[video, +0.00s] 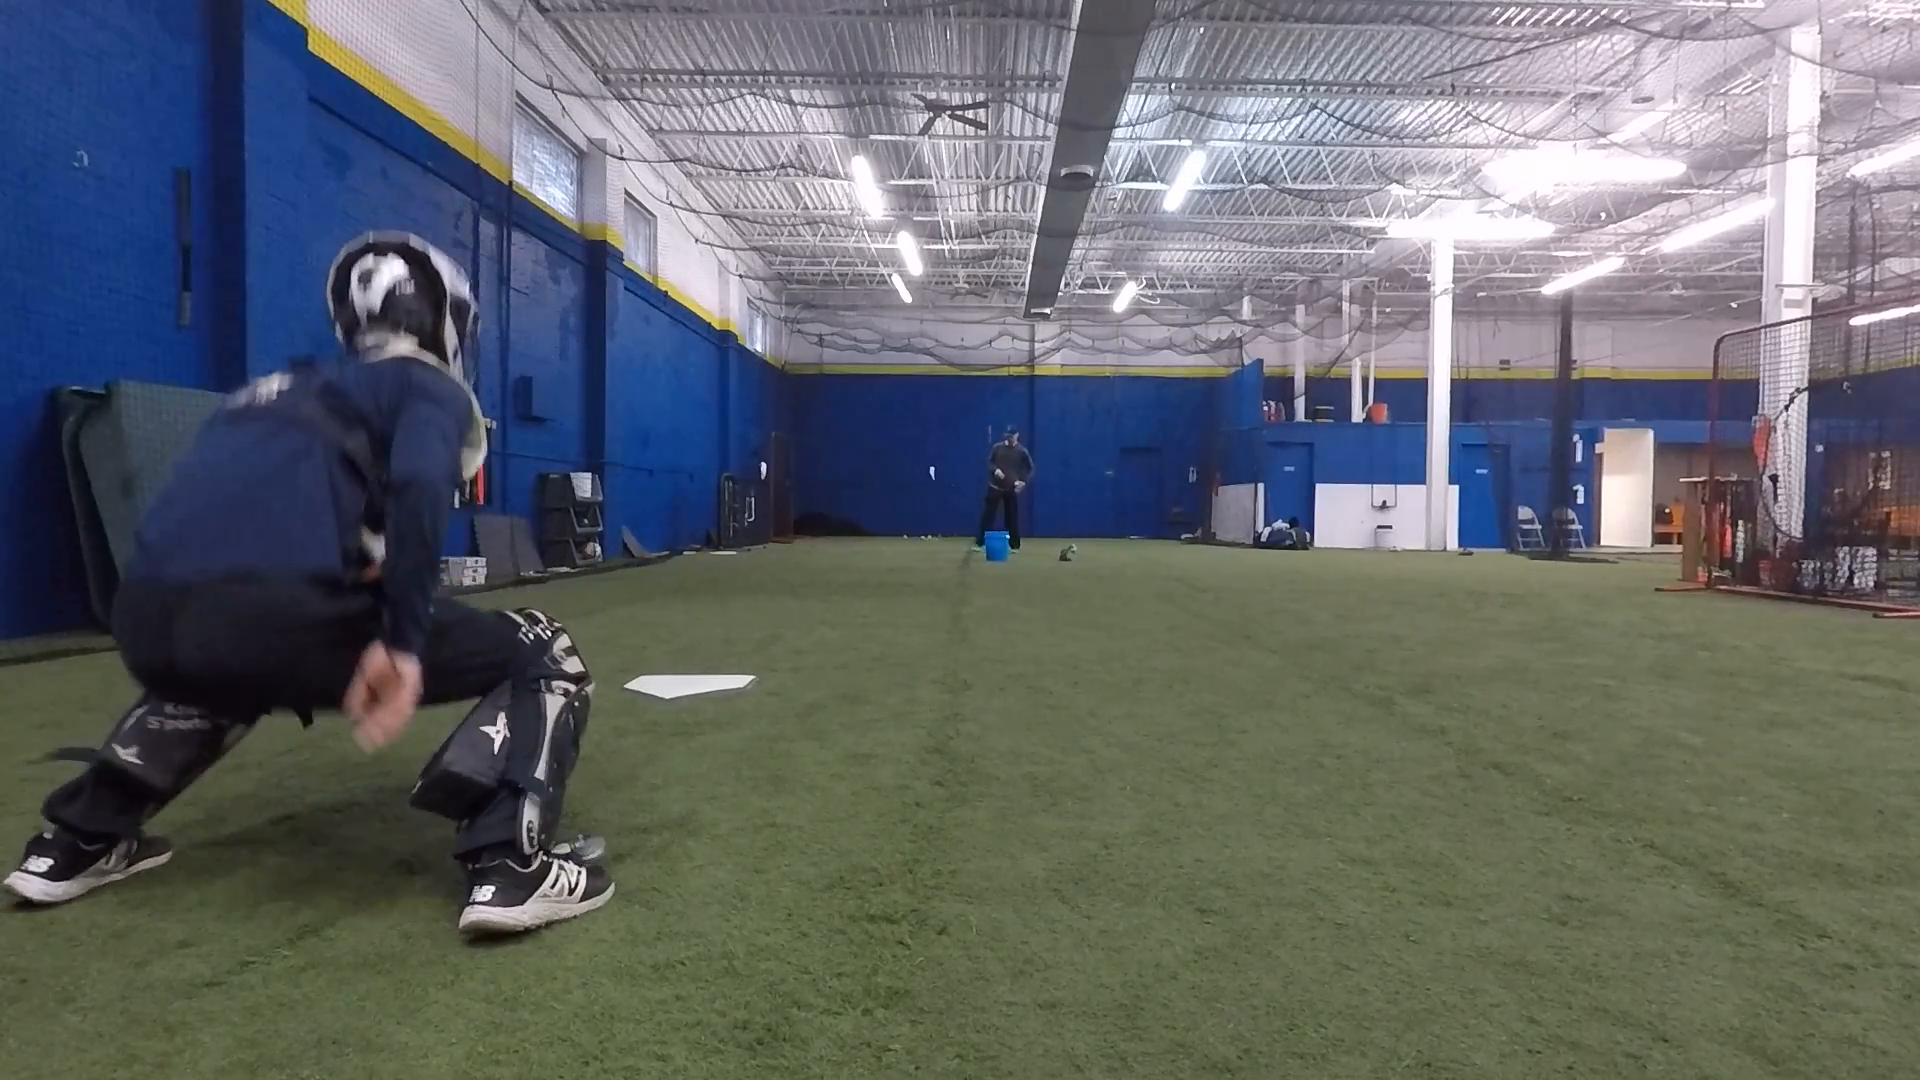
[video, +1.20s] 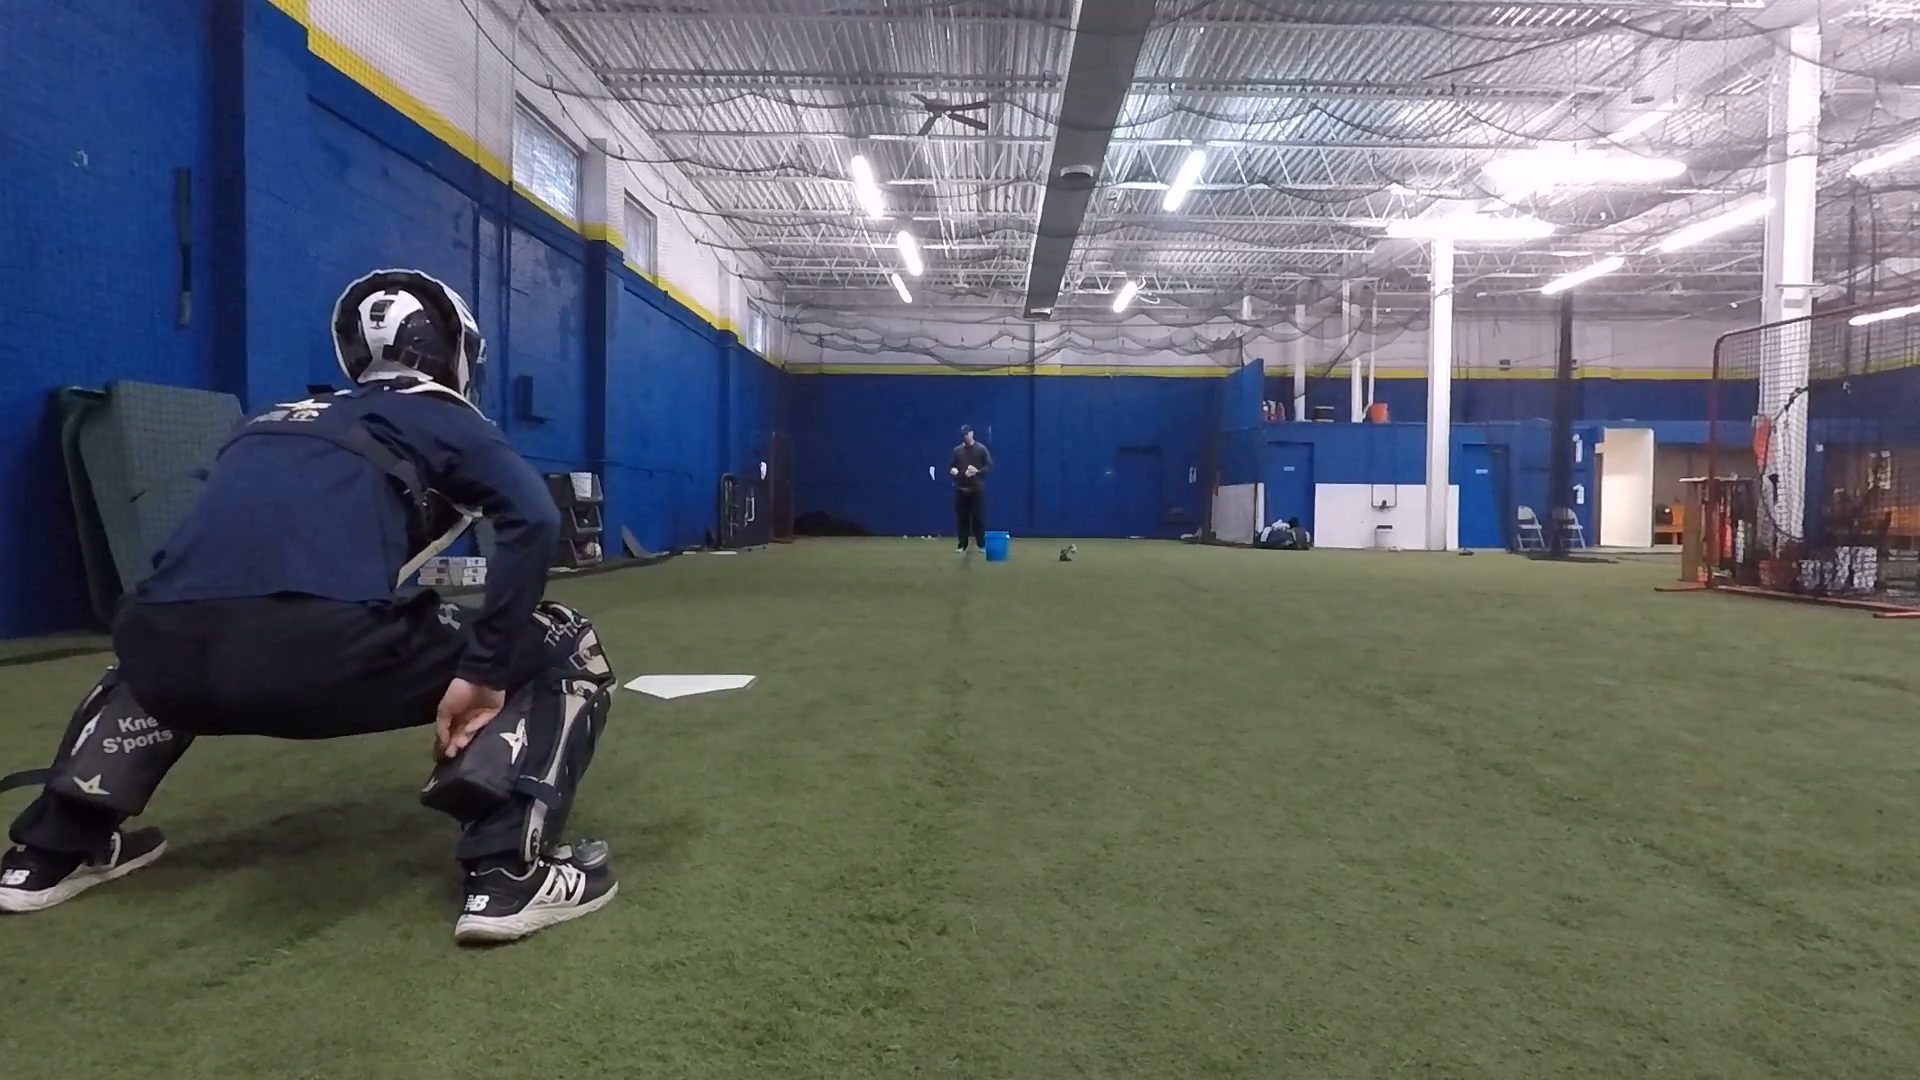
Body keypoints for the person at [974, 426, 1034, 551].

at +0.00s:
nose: (1009, 438)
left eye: (1012, 436)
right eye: (1007, 436)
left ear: (1017, 435)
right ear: (1004, 436)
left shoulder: (1022, 451)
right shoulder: (997, 448)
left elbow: (1031, 469)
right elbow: (990, 463)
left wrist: (1024, 482)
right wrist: (995, 470)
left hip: (1011, 489)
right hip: (995, 488)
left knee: (1012, 518)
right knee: (988, 515)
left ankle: (1014, 545)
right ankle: (980, 542)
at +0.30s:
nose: (991, 438)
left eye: (993, 436)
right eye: (989, 436)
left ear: (999, 436)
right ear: (987, 437)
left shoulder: (1006, 452)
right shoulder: (981, 451)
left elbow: (1014, 469)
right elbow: (976, 467)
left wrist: (1011, 482)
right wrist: (981, 473)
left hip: (999, 492)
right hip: (983, 492)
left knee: (1005, 520)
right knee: (973, 519)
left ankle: (1014, 545)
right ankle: (963, 544)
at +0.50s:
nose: (975, 438)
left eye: (977, 435)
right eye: (974, 436)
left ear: (983, 435)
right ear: (972, 437)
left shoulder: (993, 451)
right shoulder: (967, 452)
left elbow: (999, 467)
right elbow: (963, 466)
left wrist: (997, 478)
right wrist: (964, 473)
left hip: (987, 491)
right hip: (971, 491)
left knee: (996, 518)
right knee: (966, 520)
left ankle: (1009, 543)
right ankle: (963, 545)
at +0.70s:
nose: (967, 439)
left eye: (968, 436)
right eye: (965, 437)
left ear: (974, 435)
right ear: (962, 438)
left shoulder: (984, 450)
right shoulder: (959, 451)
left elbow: (991, 466)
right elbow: (956, 466)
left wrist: (983, 475)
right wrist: (956, 471)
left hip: (980, 489)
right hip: (965, 489)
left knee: (985, 514)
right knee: (964, 518)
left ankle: (990, 542)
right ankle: (962, 544)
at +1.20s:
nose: (966, 437)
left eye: (967, 434)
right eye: (964, 435)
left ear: (972, 434)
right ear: (961, 436)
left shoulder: (981, 449)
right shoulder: (957, 451)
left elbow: (989, 466)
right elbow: (953, 465)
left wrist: (978, 470)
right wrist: (954, 470)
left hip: (976, 489)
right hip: (962, 489)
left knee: (977, 517)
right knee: (962, 518)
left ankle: (981, 544)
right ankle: (962, 545)